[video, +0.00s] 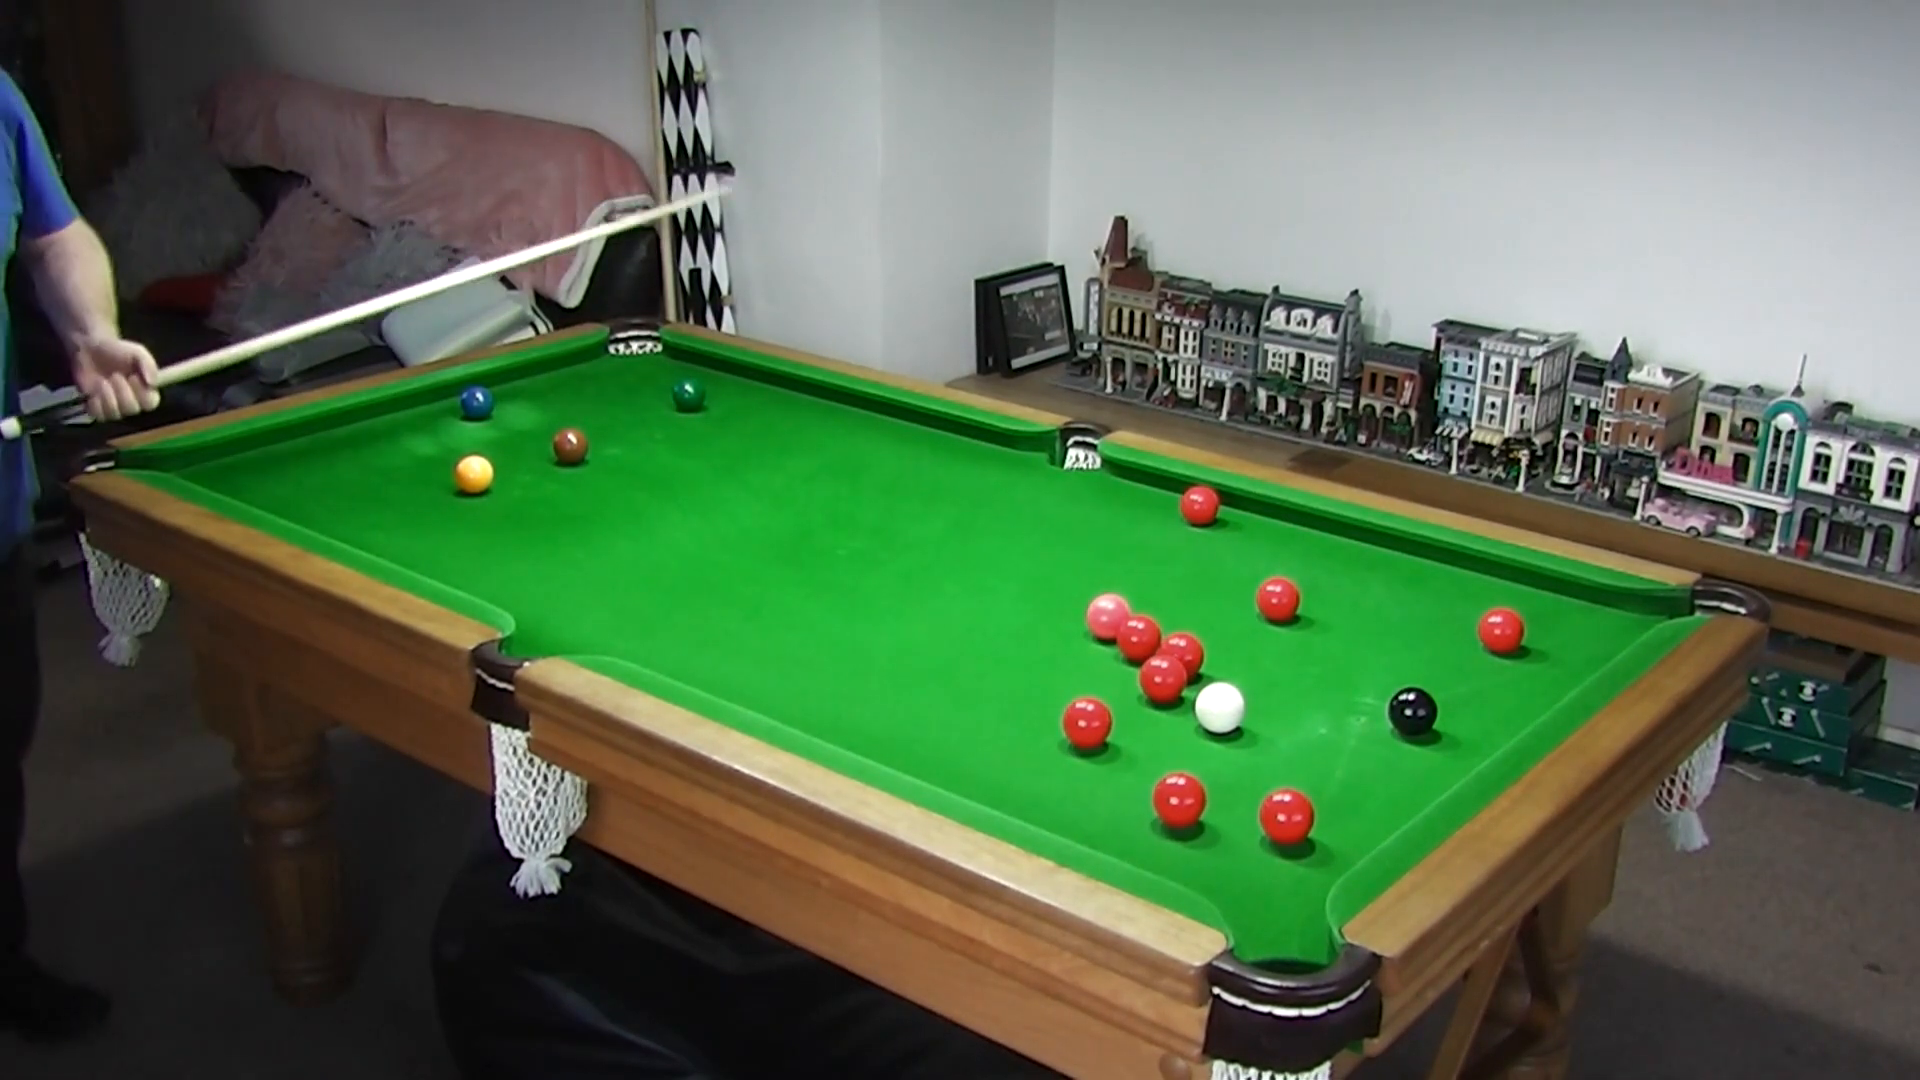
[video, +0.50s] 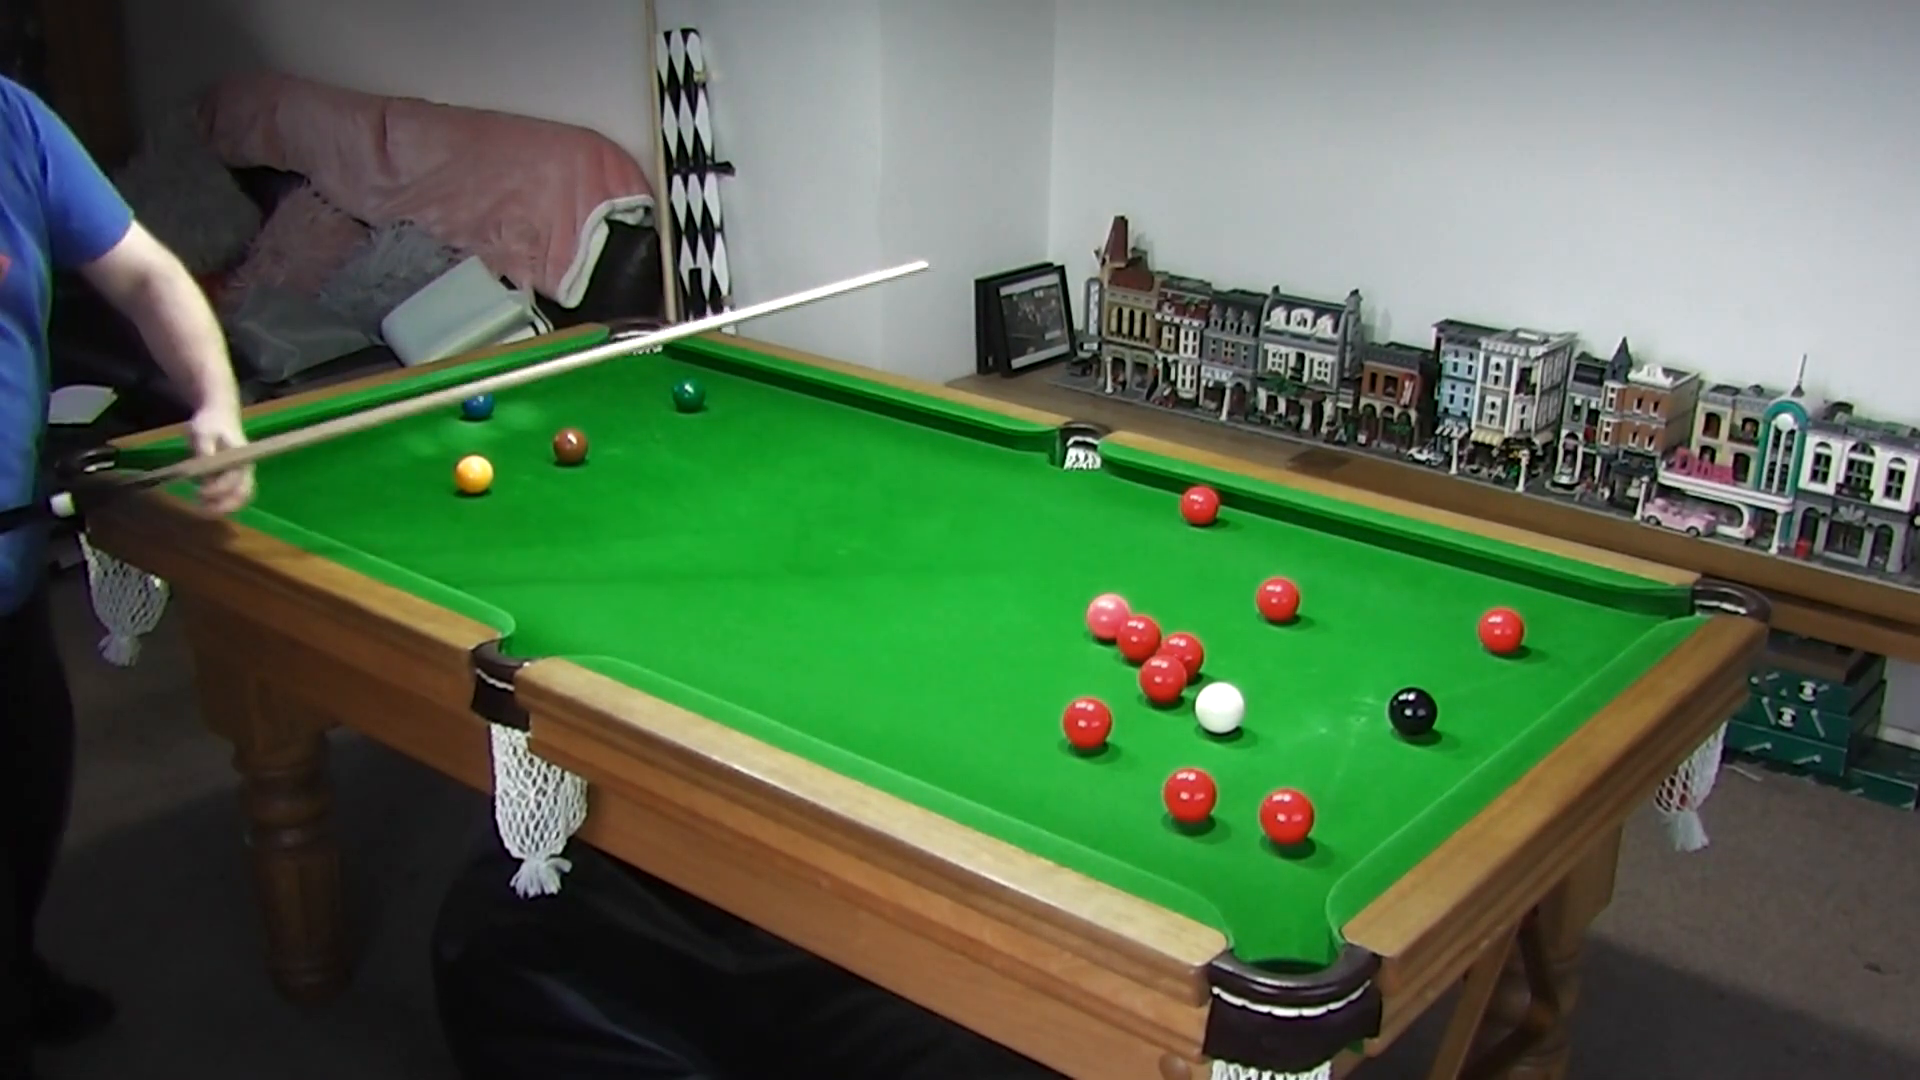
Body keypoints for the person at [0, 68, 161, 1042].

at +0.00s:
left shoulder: (3, 99)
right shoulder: (11, 102)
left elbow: (57, 232)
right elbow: (60, 235)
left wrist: (96, 332)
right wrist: (92, 332)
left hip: (3, 517)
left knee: (8, 741)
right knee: (4, 749)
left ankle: (9, 961)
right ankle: (8, 965)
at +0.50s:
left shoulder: (17, 125)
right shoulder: (21, 126)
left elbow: (143, 271)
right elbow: (145, 272)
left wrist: (216, 404)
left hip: (15, 586)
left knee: (34, 781)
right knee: (23, 786)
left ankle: (24, 978)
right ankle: (15, 994)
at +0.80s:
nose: (11, 121)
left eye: (12, 90)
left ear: (25, 75)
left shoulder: (63, 141)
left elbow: (229, 292)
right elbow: (230, 289)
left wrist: (337, 451)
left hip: (24, 557)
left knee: (14, 808)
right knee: (13, 807)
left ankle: (17, 990)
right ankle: (14, 998)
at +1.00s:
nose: (109, 202)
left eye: (110, 166)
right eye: (68, 188)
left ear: (119, 145)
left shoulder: (151, 214)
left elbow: (319, 360)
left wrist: (452, 517)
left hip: (24, 568)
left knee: (25, 803)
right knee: (22, 804)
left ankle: (91, 1022)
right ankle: (87, 1016)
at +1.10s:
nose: (166, 264)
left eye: (167, 231)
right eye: (127, 248)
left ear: (175, 203)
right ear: (23, 250)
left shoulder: (190, 249)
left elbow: (358, 393)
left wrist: (503, 549)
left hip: (24, 597)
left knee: (27, 831)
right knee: (27, 835)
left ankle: (80, 1032)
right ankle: (82, 1031)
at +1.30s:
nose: (280, 361)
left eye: (283, 326)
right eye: (245, 345)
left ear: (282, 281)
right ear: (131, 337)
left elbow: (441, 440)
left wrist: (591, 590)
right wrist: (46, 496)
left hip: (29, 585)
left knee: (28, 838)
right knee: (24, 842)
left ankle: (70, 1036)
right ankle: (79, 1043)